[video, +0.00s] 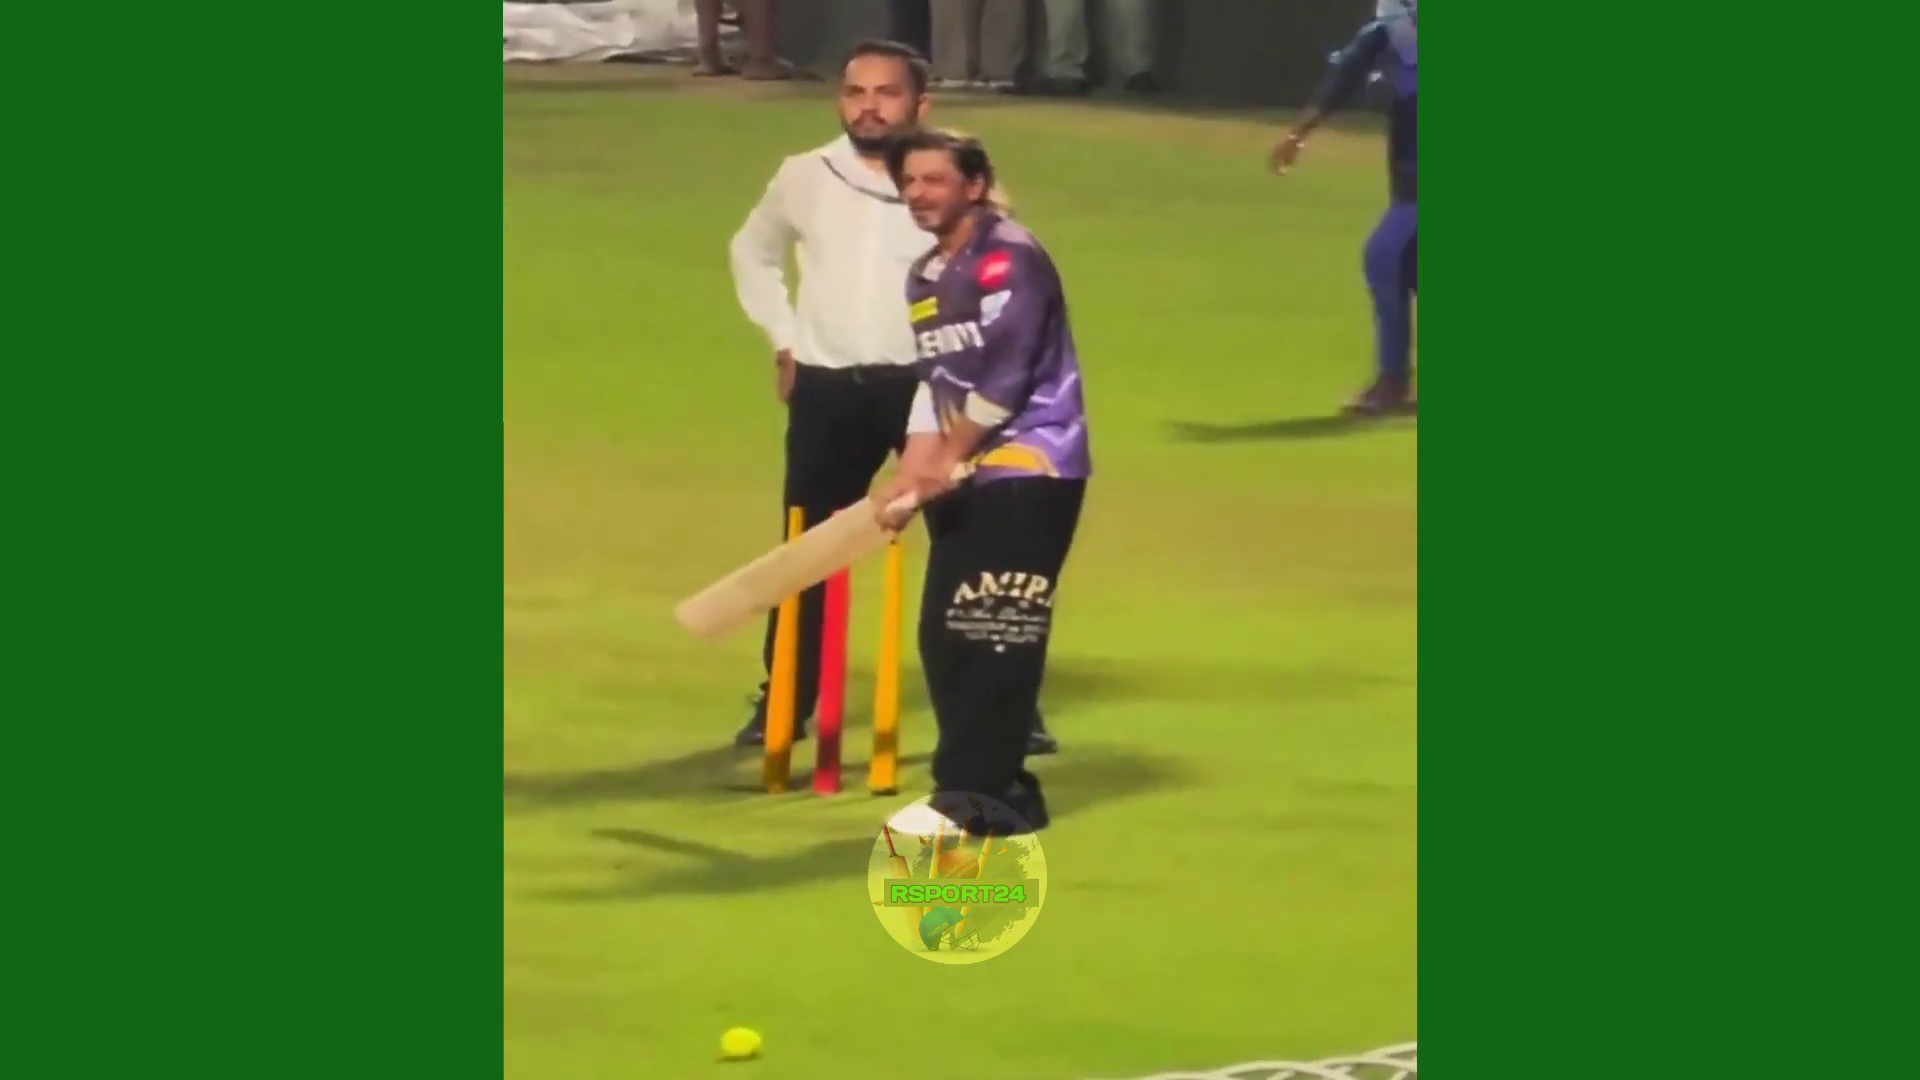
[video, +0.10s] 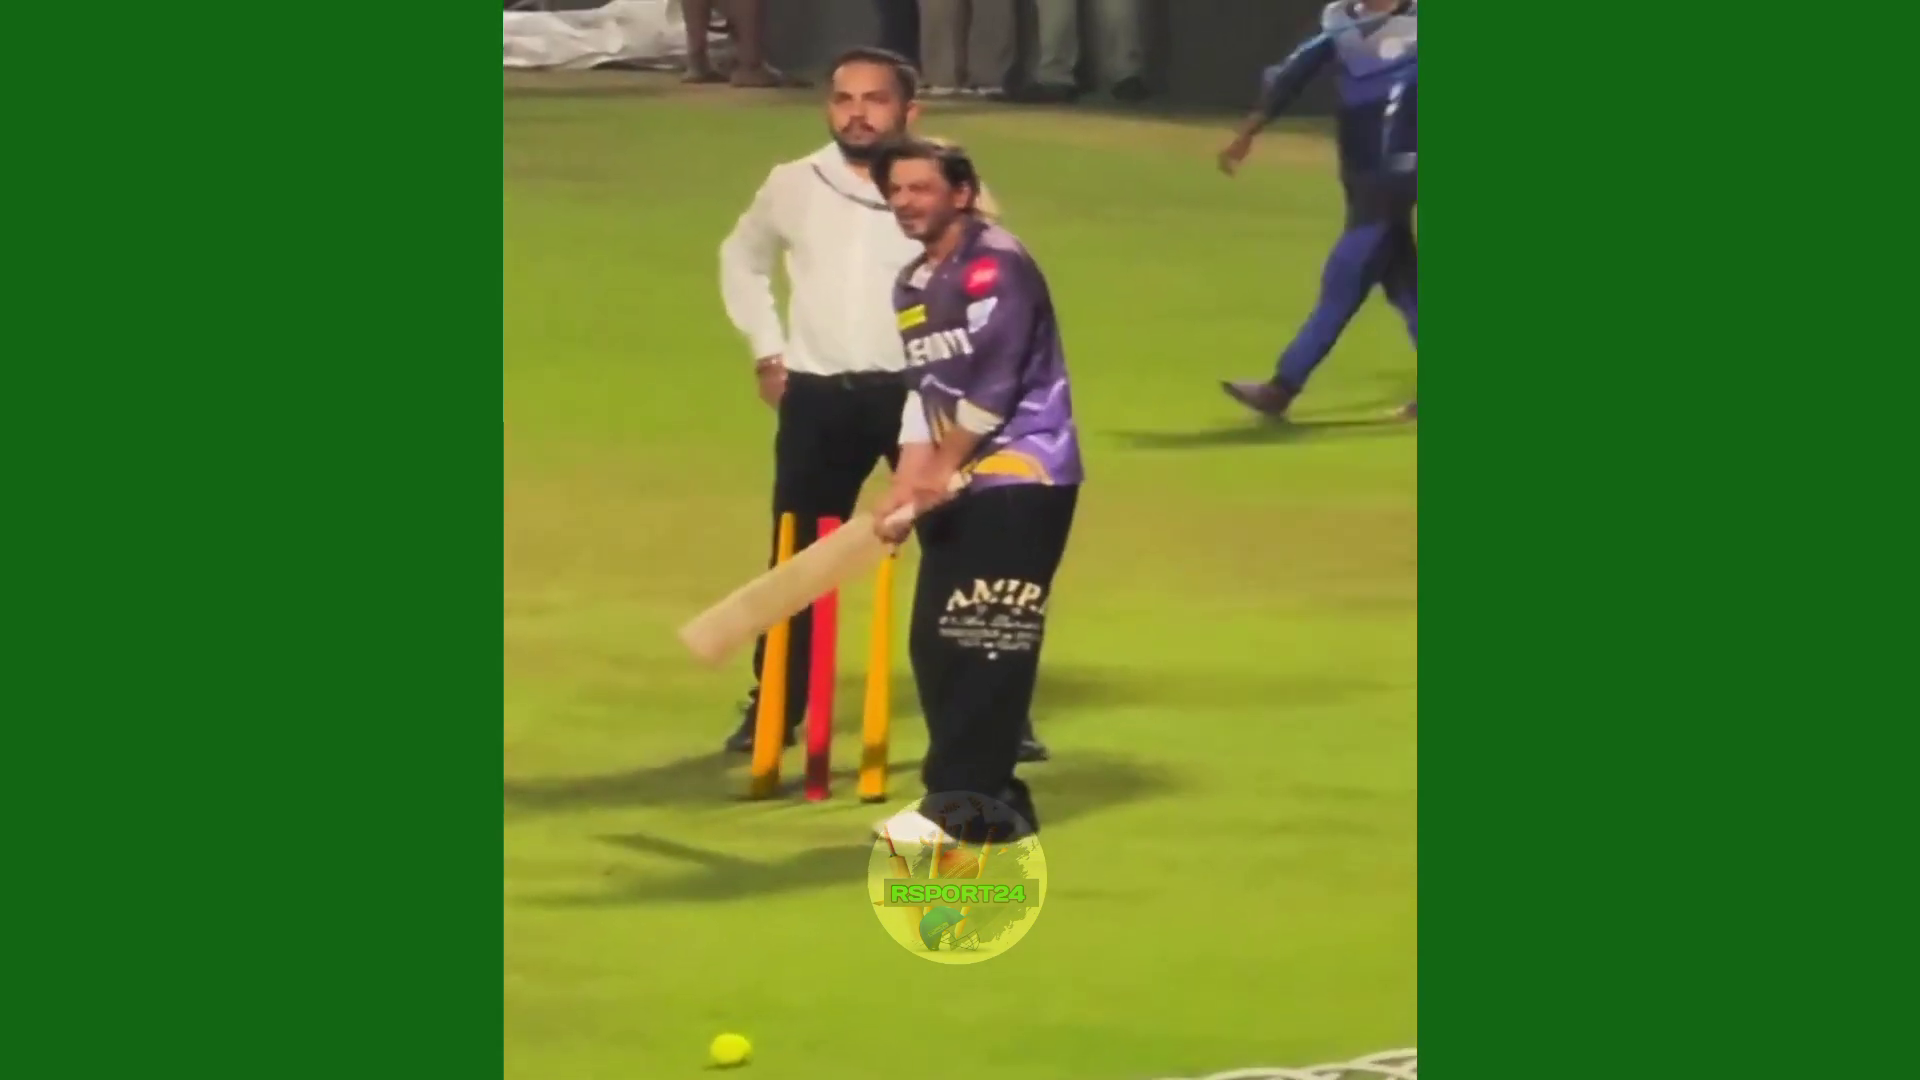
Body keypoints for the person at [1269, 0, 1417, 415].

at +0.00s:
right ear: (1404, 12)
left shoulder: (1396, 27)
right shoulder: (1395, 27)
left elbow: (1344, 76)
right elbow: (1345, 75)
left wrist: (1298, 133)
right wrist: (1299, 133)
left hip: (1418, 196)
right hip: (1410, 194)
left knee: (1384, 255)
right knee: (1389, 261)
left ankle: (1393, 380)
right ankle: (1394, 379)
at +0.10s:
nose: (1367, 2)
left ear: (1399, 1)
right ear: (1356, 0)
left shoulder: (1418, 39)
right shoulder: (1341, 33)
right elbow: (1291, 76)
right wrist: (1247, 133)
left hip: (1396, 188)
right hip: (1363, 189)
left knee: (1344, 278)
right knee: (1409, 290)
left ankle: (1284, 386)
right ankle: (1444, 383)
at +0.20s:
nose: (1322, 2)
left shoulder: (1385, 39)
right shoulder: (1293, 31)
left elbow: (1420, 107)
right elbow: (1254, 84)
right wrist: (1215, 143)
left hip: (1348, 185)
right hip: (1310, 185)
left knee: (1299, 277)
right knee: (1356, 288)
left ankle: (1259, 401)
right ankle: (1429, 372)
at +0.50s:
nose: (1189, 0)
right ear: (1188, 1)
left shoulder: (1255, 40)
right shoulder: (1165, 37)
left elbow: (1262, 122)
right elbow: (1157, 103)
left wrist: (1196, 157)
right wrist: (1149, 150)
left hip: (1224, 189)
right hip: (1167, 184)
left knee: (1233, 300)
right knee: (1121, 283)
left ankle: (1240, 409)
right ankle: (1164, 394)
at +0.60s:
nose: (1141, 2)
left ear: (1178, 0)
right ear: (1156, 6)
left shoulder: (1219, 50)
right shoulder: (1132, 47)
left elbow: (1222, 131)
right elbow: (1134, 108)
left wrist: (1143, 144)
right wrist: (1114, 135)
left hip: (1194, 204)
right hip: (1137, 200)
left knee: (1214, 313)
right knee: (1088, 297)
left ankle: (1231, 419)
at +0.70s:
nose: (1084, 3)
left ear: (1122, 3)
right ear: (1102, 8)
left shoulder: (1160, 56)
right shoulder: (1077, 58)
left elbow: (1152, 131)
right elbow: (1074, 144)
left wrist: (1080, 113)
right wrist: (1067, 209)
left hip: (1136, 217)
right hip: (1081, 214)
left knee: (1178, 315)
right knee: (1045, 314)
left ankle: (1226, 412)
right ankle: (1010, 416)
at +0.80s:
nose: (1043, 1)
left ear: (1080, 4)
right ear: (1042, 8)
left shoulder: (1109, 59)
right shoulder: (1030, 58)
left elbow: (1098, 134)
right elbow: (1013, 137)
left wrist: (1039, 118)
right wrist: (996, 209)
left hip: (1078, 225)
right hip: (1025, 220)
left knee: (1099, 322)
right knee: (1007, 329)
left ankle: (1191, 402)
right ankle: (1001, 432)